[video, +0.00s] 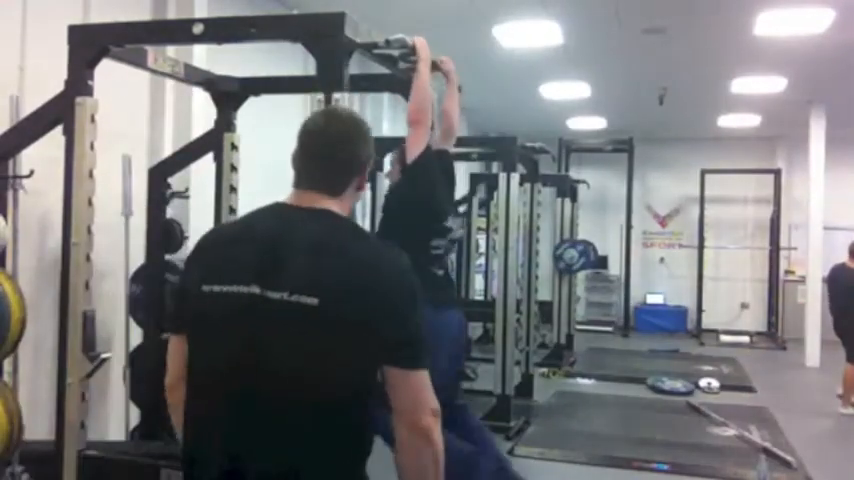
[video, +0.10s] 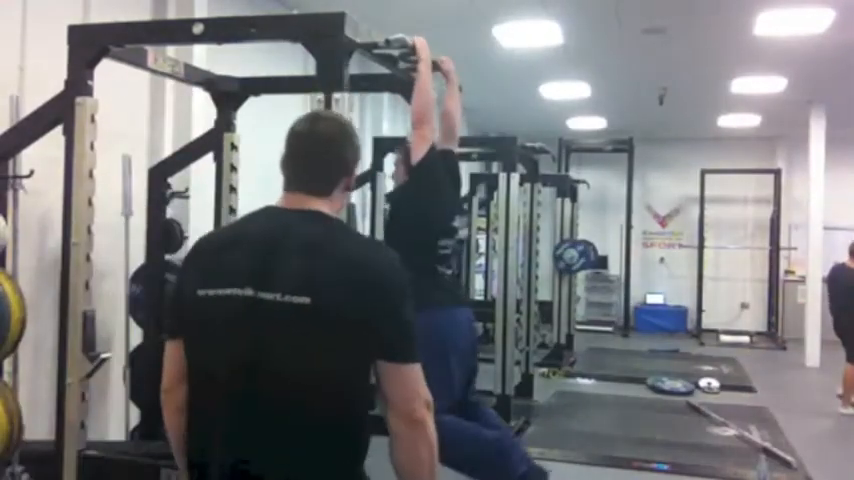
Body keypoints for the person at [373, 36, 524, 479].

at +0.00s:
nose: (395, 157)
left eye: (399, 153)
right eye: (398, 153)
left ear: (412, 155)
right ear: (431, 151)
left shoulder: (416, 179)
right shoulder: (441, 177)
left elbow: (418, 120)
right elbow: (448, 130)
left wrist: (422, 61)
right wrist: (450, 77)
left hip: (419, 311)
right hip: (448, 309)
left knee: (391, 415)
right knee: (449, 405)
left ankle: (476, 468)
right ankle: (500, 470)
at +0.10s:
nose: (394, 163)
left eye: (397, 159)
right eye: (396, 158)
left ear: (408, 164)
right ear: (431, 159)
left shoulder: (416, 188)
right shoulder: (447, 182)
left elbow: (421, 121)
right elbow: (450, 130)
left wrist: (423, 63)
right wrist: (451, 79)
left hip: (430, 314)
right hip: (457, 311)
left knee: (427, 419)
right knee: (462, 403)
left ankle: (505, 462)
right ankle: (517, 463)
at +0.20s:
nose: (400, 167)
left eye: (404, 160)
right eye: (401, 160)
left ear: (419, 161)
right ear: (437, 158)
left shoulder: (428, 185)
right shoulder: (455, 182)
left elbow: (424, 123)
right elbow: (453, 129)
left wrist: (423, 64)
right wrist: (451, 77)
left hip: (439, 316)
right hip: (466, 313)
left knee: (436, 419)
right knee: (470, 399)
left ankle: (521, 450)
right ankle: (528, 455)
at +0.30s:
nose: (407, 168)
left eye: (411, 161)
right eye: (408, 161)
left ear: (425, 161)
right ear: (439, 157)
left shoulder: (434, 184)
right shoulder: (459, 181)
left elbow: (428, 120)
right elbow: (456, 130)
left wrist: (423, 62)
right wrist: (451, 76)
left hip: (448, 316)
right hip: (476, 312)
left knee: (442, 420)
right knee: (479, 401)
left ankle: (527, 448)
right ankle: (537, 454)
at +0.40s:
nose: (410, 168)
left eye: (414, 162)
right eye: (412, 163)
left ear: (428, 165)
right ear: (439, 161)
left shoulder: (438, 186)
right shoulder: (461, 181)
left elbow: (431, 120)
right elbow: (457, 130)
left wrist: (423, 61)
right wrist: (451, 75)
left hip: (456, 319)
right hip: (482, 313)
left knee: (450, 422)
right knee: (491, 403)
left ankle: (538, 458)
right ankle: (549, 462)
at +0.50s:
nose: (410, 172)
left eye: (415, 166)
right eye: (412, 167)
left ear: (429, 168)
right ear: (439, 165)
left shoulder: (440, 186)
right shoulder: (463, 182)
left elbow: (432, 119)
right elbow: (457, 128)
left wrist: (424, 62)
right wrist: (451, 76)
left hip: (461, 322)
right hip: (487, 317)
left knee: (456, 426)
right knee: (498, 407)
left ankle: (548, 471)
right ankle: (560, 471)